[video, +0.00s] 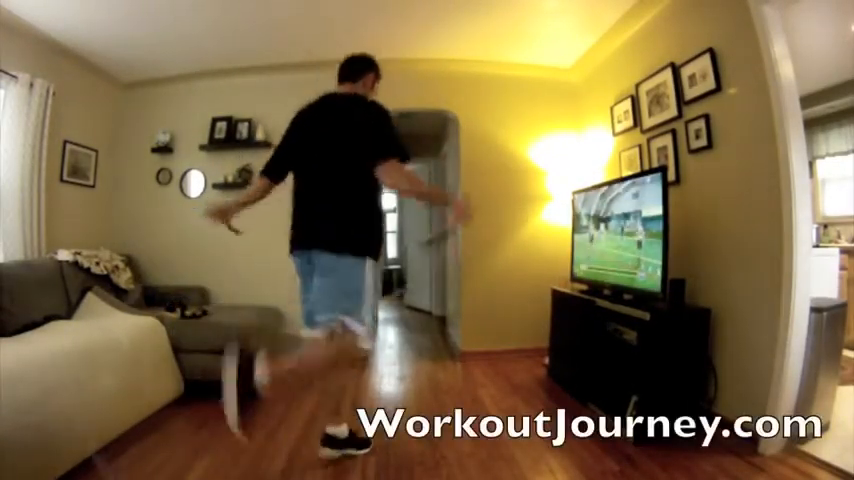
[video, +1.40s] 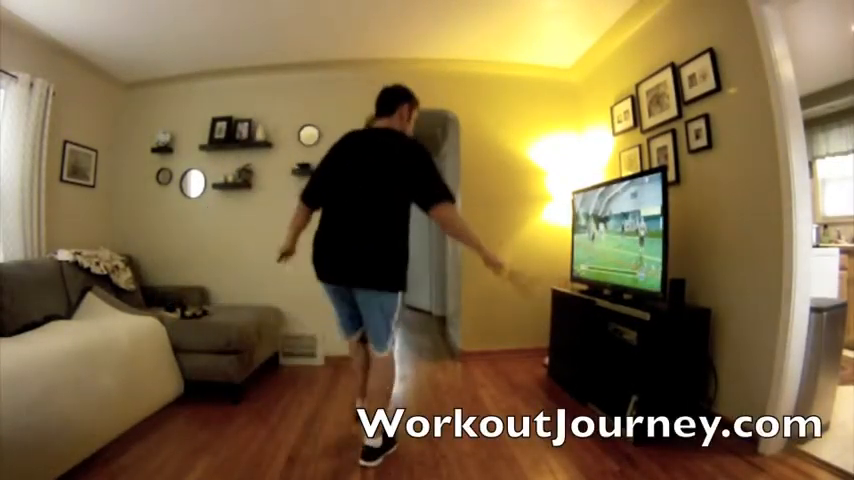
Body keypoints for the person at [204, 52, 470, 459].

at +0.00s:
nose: (376, 91)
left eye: (376, 86)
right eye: (376, 85)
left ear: (339, 78)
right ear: (368, 81)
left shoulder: (309, 114)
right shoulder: (370, 114)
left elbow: (268, 180)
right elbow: (391, 175)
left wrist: (232, 207)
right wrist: (447, 199)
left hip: (306, 238)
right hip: (348, 240)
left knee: (339, 341)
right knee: (343, 342)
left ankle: (338, 430)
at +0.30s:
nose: (376, 105)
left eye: (375, 100)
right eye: (377, 99)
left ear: (340, 94)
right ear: (371, 95)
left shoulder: (310, 130)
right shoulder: (373, 126)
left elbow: (277, 189)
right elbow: (400, 172)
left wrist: (264, 214)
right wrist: (456, 169)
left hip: (308, 250)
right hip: (352, 250)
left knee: (331, 347)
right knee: (360, 347)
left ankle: (333, 438)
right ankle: (283, 386)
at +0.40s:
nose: (378, 109)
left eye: (376, 103)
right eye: (378, 102)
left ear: (342, 98)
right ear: (372, 99)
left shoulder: (313, 135)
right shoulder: (376, 131)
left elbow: (284, 196)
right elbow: (410, 180)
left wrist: (275, 233)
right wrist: (461, 194)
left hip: (309, 253)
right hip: (353, 253)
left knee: (330, 351)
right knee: (358, 351)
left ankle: (341, 434)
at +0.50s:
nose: (381, 119)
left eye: (381, 113)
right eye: (382, 113)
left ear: (345, 109)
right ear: (375, 109)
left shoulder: (317, 144)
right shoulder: (377, 143)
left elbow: (288, 212)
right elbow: (413, 192)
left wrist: (280, 258)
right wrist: (463, 221)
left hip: (309, 263)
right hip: (353, 263)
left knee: (338, 354)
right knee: (373, 354)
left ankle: (349, 432)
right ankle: (334, 435)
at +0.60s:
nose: (387, 119)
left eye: (386, 114)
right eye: (388, 113)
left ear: (352, 108)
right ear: (382, 110)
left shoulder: (323, 144)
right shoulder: (382, 142)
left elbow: (293, 209)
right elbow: (417, 194)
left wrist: (277, 256)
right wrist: (460, 230)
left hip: (313, 258)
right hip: (360, 255)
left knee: (341, 350)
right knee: (391, 319)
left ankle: (340, 435)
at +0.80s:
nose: (405, 93)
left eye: (405, 88)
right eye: (406, 87)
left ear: (371, 80)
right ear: (398, 82)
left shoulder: (336, 113)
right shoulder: (397, 112)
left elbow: (305, 171)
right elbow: (418, 168)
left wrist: (275, 216)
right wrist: (444, 229)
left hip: (321, 220)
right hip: (371, 219)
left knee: (339, 316)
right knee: (392, 303)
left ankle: (298, 394)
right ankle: (379, 392)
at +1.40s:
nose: (413, 124)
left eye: (413, 117)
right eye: (414, 117)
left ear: (376, 111)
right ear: (405, 112)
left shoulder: (346, 143)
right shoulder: (408, 151)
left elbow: (309, 200)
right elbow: (442, 213)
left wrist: (289, 242)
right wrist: (484, 251)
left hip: (331, 261)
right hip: (378, 265)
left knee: (356, 337)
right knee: (381, 351)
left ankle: (363, 402)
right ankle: (373, 437)